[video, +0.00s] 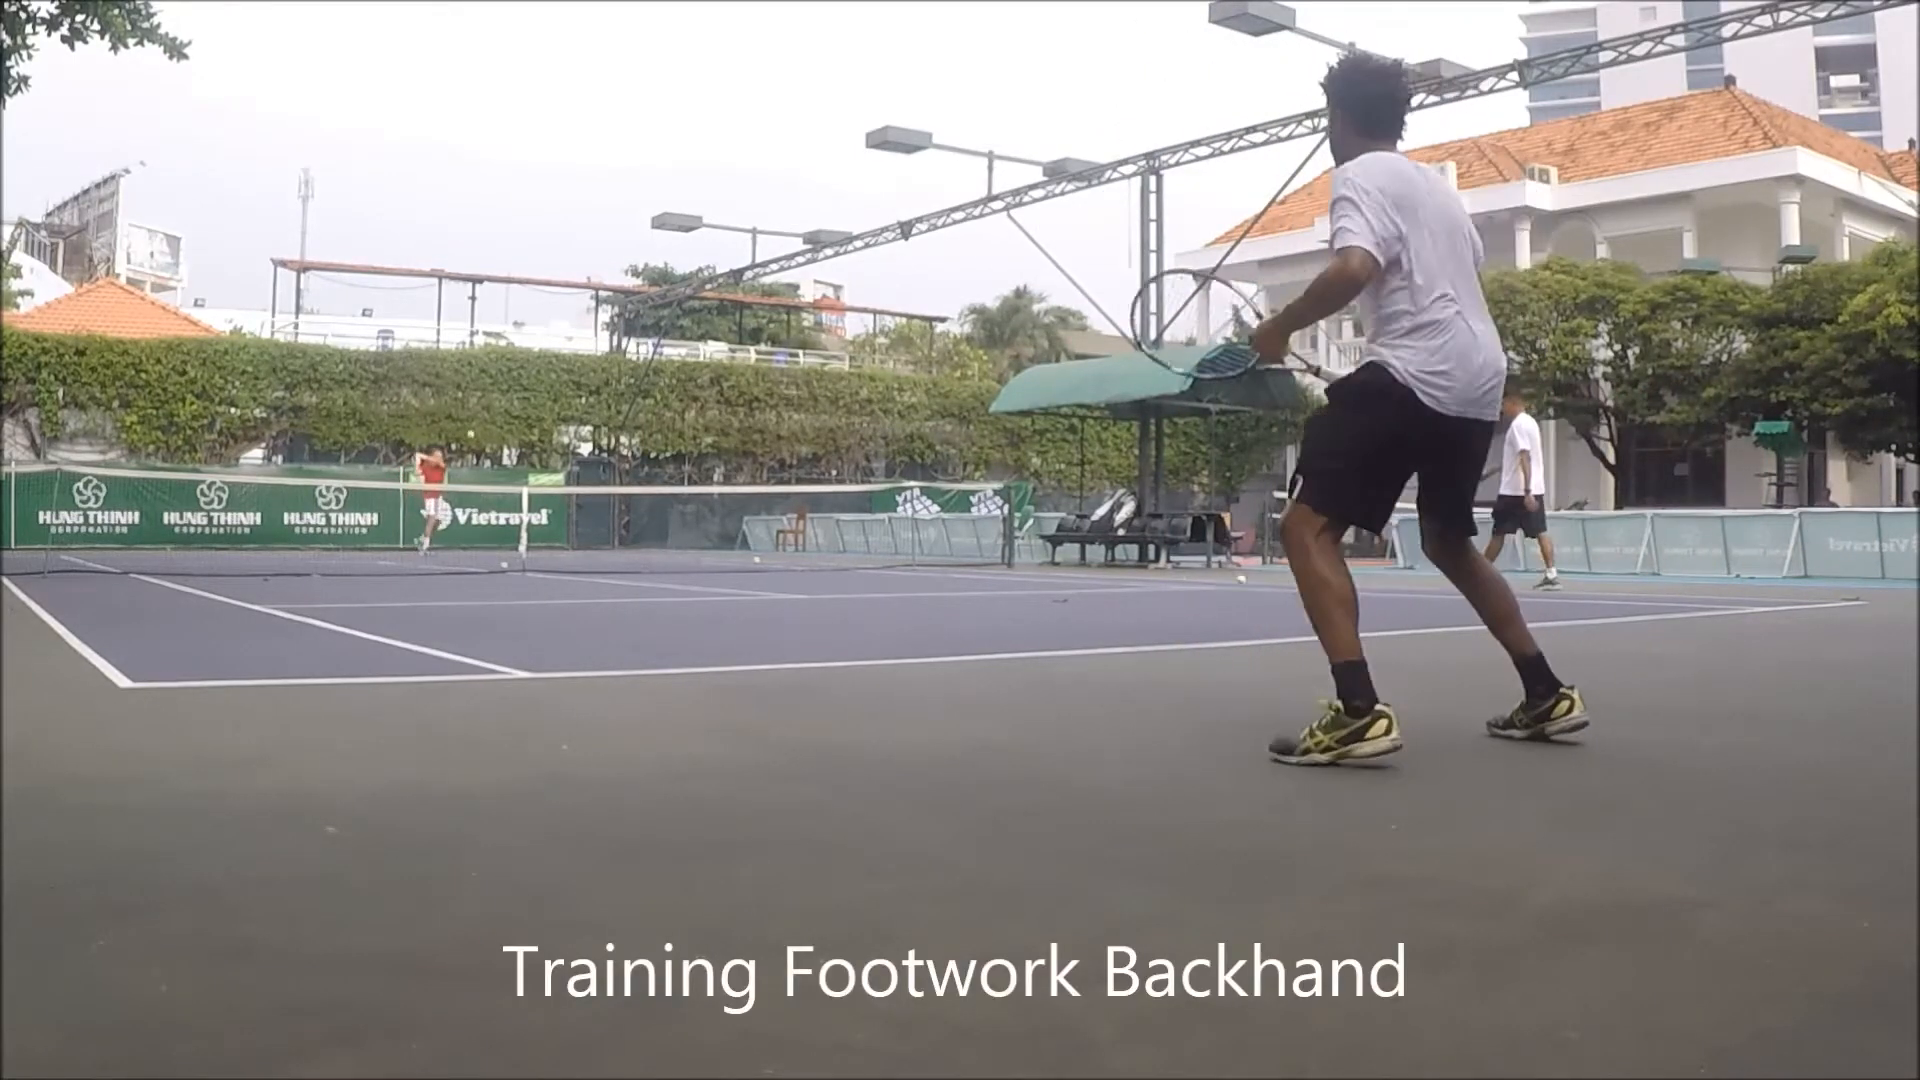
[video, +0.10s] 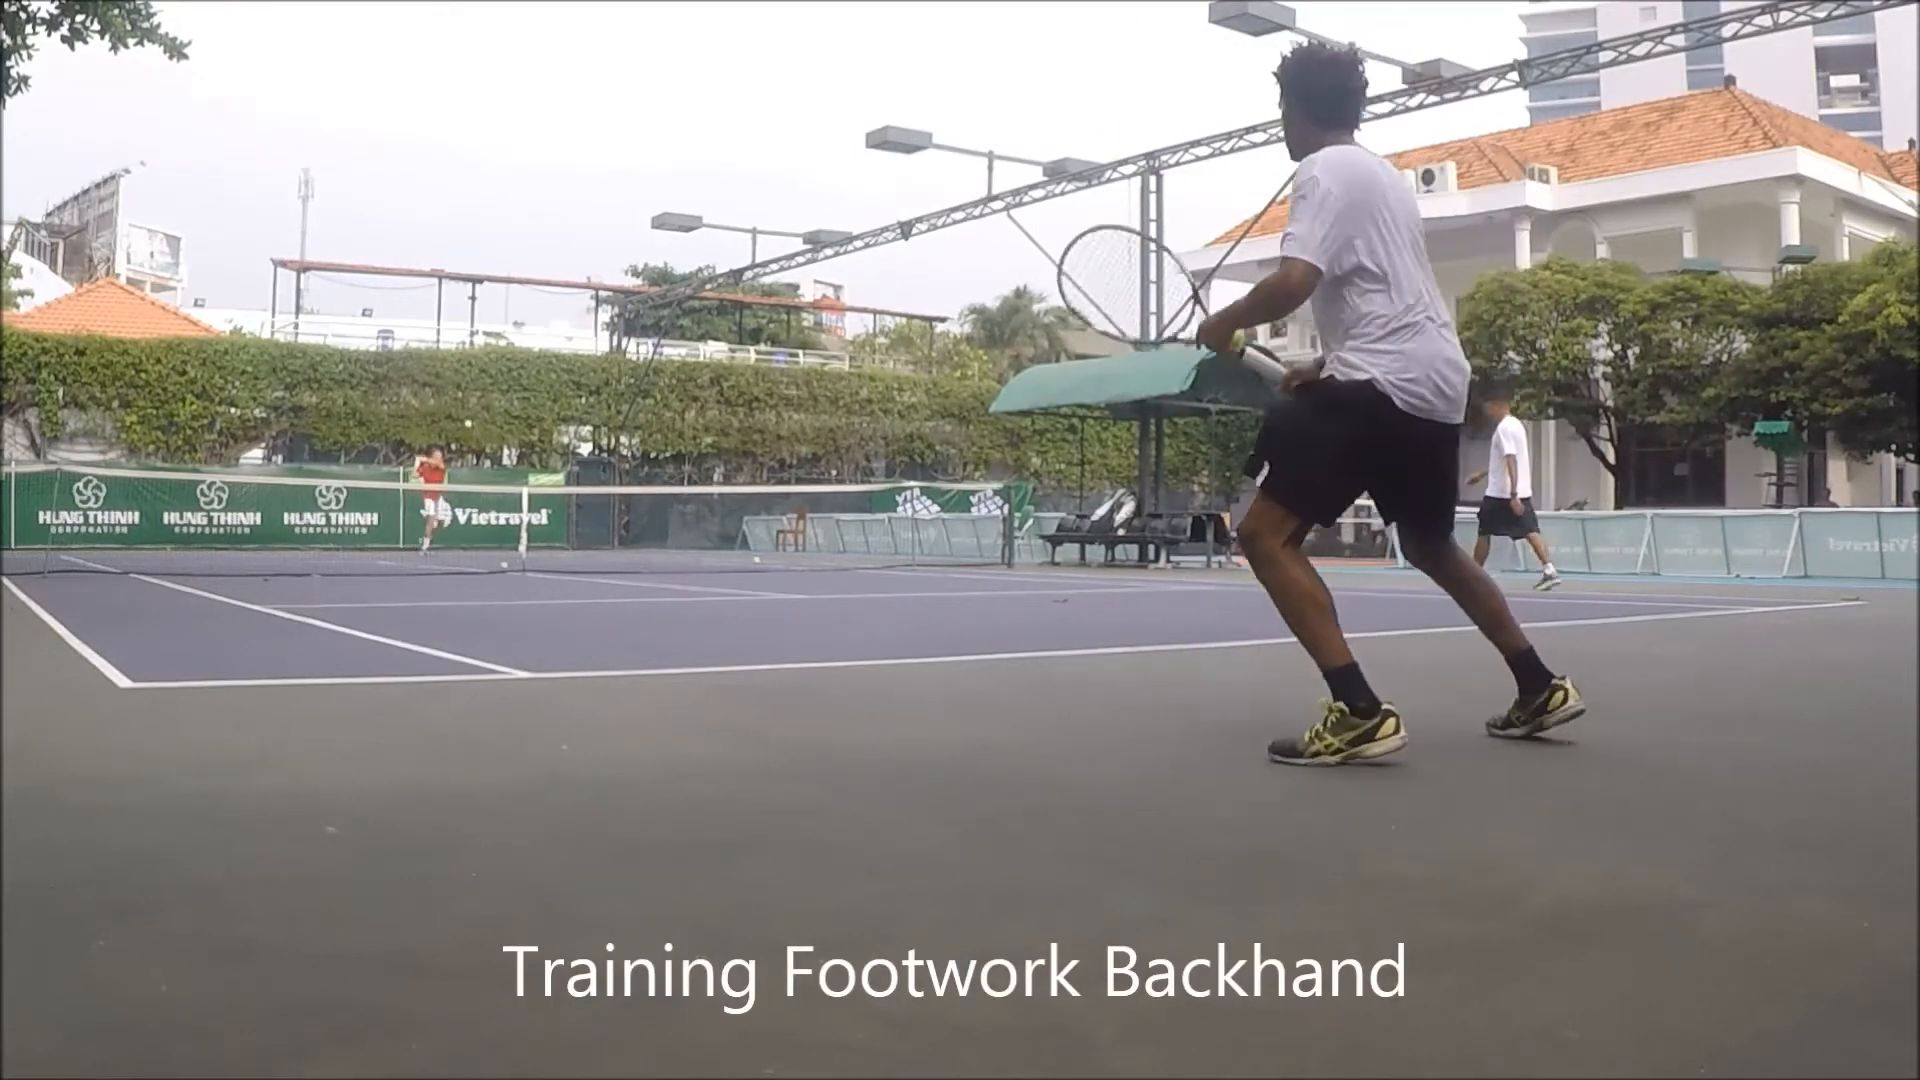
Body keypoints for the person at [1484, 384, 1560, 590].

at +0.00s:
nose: (1501, 409)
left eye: (1503, 404)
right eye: (1501, 404)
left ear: (1512, 402)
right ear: (1517, 402)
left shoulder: (1518, 424)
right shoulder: (1529, 422)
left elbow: (1524, 457)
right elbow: (1528, 458)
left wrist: (1528, 491)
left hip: (1513, 491)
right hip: (1533, 491)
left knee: (1498, 536)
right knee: (1541, 534)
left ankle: (1479, 573)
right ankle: (1551, 574)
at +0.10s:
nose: (1487, 412)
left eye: (1489, 407)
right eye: (1487, 407)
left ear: (1497, 406)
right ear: (1505, 406)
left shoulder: (1504, 428)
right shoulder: (1515, 425)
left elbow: (1511, 460)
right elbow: (1504, 460)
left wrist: (1514, 494)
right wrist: (1482, 475)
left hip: (1498, 494)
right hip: (1520, 493)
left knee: (1484, 534)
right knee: (1531, 533)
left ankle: (1473, 576)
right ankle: (1550, 570)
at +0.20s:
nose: (1471, 417)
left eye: (1472, 412)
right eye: (1470, 413)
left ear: (1481, 407)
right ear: (1485, 407)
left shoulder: (1489, 429)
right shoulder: (1501, 424)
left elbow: (1493, 463)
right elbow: (1495, 461)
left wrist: (1494, 496)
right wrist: (1477, 482)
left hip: (1489, 491)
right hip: (1508, 490)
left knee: (1474, 527)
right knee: (1510, 532)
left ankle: (1474, 575)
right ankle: (1538, 561)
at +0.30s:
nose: (1456, 420)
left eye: (1457, 415)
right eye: (1456, 416)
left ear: (1464, 411)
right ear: (1470, 409)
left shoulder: (1474, 430)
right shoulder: (1488, 422)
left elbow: (1476, 465)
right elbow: (1492, 458)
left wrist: (1471, 497)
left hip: (1488, 487)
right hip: (1502, 485)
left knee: (1472, 528)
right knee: (1491, 529)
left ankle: (1474, 575)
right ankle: (1518, 557)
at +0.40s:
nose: (1443, 429)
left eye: (1442, 424)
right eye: (1441, 425)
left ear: (1450, 418)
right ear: (1452, 416)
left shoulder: (1462, 435)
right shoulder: (1472, 423)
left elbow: (1462, 472)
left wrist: (1455, 502)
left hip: (1486, 486)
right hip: (1497, 482)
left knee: (1471, 527)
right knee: (1475, 526)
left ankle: (1474, 574)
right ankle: (1496, 564)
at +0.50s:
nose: (1432, 441)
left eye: (1430, 436)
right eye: (1429, 438)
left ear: (1437, 429)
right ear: (1441, 426)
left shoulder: (1452, 441)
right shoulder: (1458, 430)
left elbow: (1454, 477)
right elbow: (1457, 473)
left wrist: (1444, 508)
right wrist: (1458, 495)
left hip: (1485, 485)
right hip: (1490, 482)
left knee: (1470, 528)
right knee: (1470, 527)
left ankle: (1475, 574)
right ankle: (1470, 570)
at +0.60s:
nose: (1424, 459)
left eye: (1422, 455)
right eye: (1421, 457)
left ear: (1428, 447)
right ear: (1429, 444)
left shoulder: (1445, 454)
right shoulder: (1445, 443)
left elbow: (1445, 491)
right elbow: (1454, 482)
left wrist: (1436, 526)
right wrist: (1456, 498)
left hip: (1485, 488)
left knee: (1467, 529)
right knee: (1465, 529)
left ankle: (1475, 575)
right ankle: (1456, 570)